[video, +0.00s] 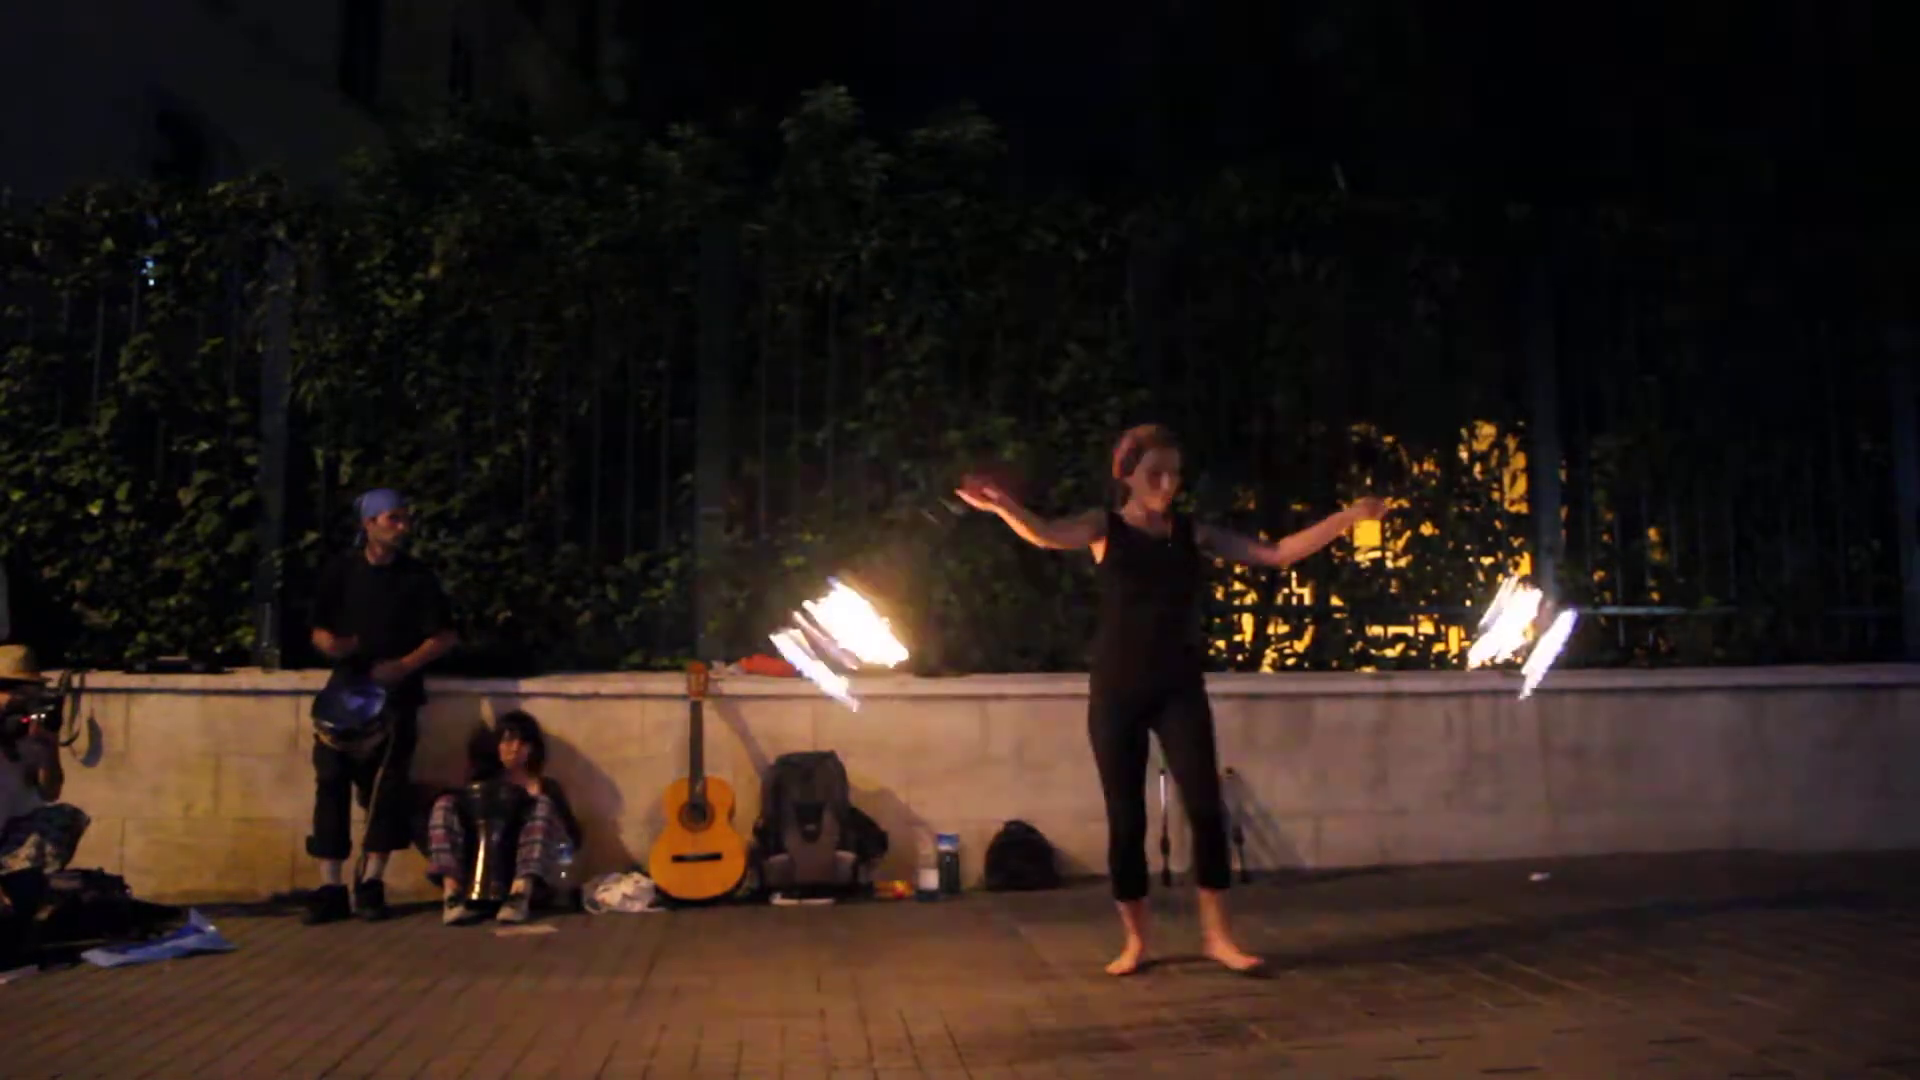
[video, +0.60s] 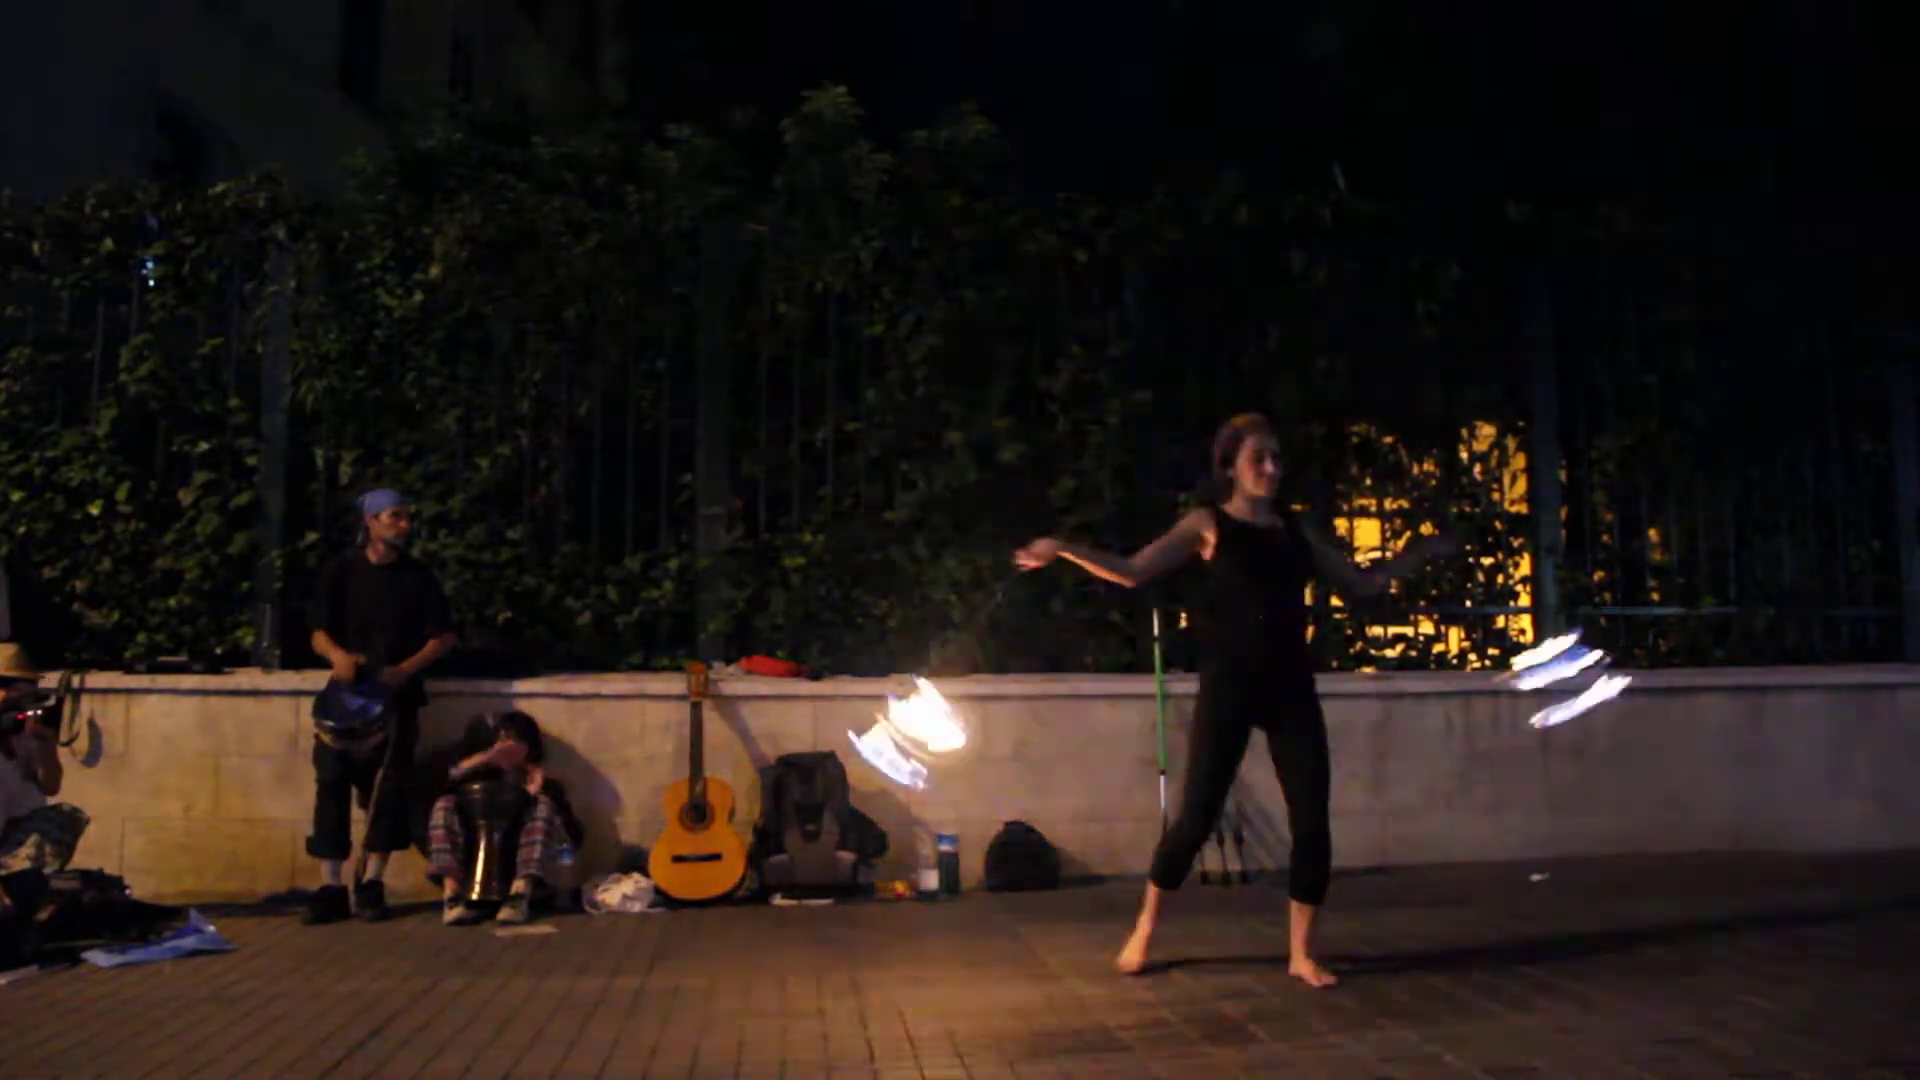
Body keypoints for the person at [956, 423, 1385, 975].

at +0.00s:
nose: (1167, 485)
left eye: (1174, 475)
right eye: (1156, 474)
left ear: (1179, 478)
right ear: (1128, 475)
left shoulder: (1194, 535)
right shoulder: (1104, 527)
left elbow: (1277, 554)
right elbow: (1043, 535)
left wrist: (1347, 518)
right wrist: (1004, 507)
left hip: (1180, 690)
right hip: (1116, 693)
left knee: (1206, 808)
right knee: (1125, 819)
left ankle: (1216, 933)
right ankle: (1135, 939)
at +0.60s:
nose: (1269, 465)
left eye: (1274, 455)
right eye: (1257, 456)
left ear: (1281, 464)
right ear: (1230, 465)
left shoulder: (1297, 531)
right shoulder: (1206, 525)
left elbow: (1363, 584)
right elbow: (1132, 572)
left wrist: (1424, 556)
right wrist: (1064, 551)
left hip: (1291, 689)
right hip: (1227, 689)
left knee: (1312, 821)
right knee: (1196, 816)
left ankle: (1300, 954)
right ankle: (1145, 926)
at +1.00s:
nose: (1287, 466)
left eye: (1295, 458)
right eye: (1276, 457)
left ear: (1307, 466)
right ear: (1253, 466)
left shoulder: (1329, 522)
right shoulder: (1236, 524)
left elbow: (1415, 542)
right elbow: (1188, 534)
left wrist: (1493, 529)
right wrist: (1144, 506)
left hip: (1308, 693)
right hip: (1242, 692)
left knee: (1326, 823)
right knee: (1224, 813)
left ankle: (1303, 951)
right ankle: (1224, 932)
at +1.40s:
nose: (1228, 437)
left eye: (1237, 428)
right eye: (1217, 427)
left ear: (1249, 439)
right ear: (1193, 435)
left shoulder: (1264, 504)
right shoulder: (1166, 494)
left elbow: (1316, 561)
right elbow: (1107, 503)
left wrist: (1380, 527)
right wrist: (1078, 451)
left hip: (1243, 669)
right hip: (1176, 668)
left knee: (1271, 800)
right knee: (1151, 800)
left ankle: (1306, 938)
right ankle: (1118, 935)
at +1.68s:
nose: (1161, 466)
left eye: (1170, 458)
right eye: (1151, 455)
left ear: (1180, 467)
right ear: (1126, 459)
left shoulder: (1193, 528)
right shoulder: (1095, 527)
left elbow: (1256, 588)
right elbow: (1059, 602)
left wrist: (1288, 527)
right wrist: (1074, 550)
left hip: (1188, 687)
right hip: (1118, 690)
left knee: (1238, 808)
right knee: (1119, 825)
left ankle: (1295, 941)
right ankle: (1118, 951)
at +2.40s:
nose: (1146, 433)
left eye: (1150, 426)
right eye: (1133, 427)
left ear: (1161, 439)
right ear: (1106, 445)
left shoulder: (1178, 499)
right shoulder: (1098, 502)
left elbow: (1245, 494)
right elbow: (1065, 514)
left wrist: (1264, 424)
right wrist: (1065, 437)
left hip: (1184, 670)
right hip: (1120, 675)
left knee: (1230, 798)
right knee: (1119, 813)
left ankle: (1276, 928)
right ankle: (1113, 945)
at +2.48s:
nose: (1152, 423)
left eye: (1159, 414)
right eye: (1140, 416)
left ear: (1172, 427)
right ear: (1117, 433)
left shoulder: (1191, 486)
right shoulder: (1111, 492)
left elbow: (1249, 444)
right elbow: (1091, 451)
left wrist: (1259, 362)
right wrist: (1084, 376)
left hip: (1196, 657)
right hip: (1130, 662)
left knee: (1235, 792)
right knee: (1125, 802)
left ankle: (1274, 924)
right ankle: (1114, 941)